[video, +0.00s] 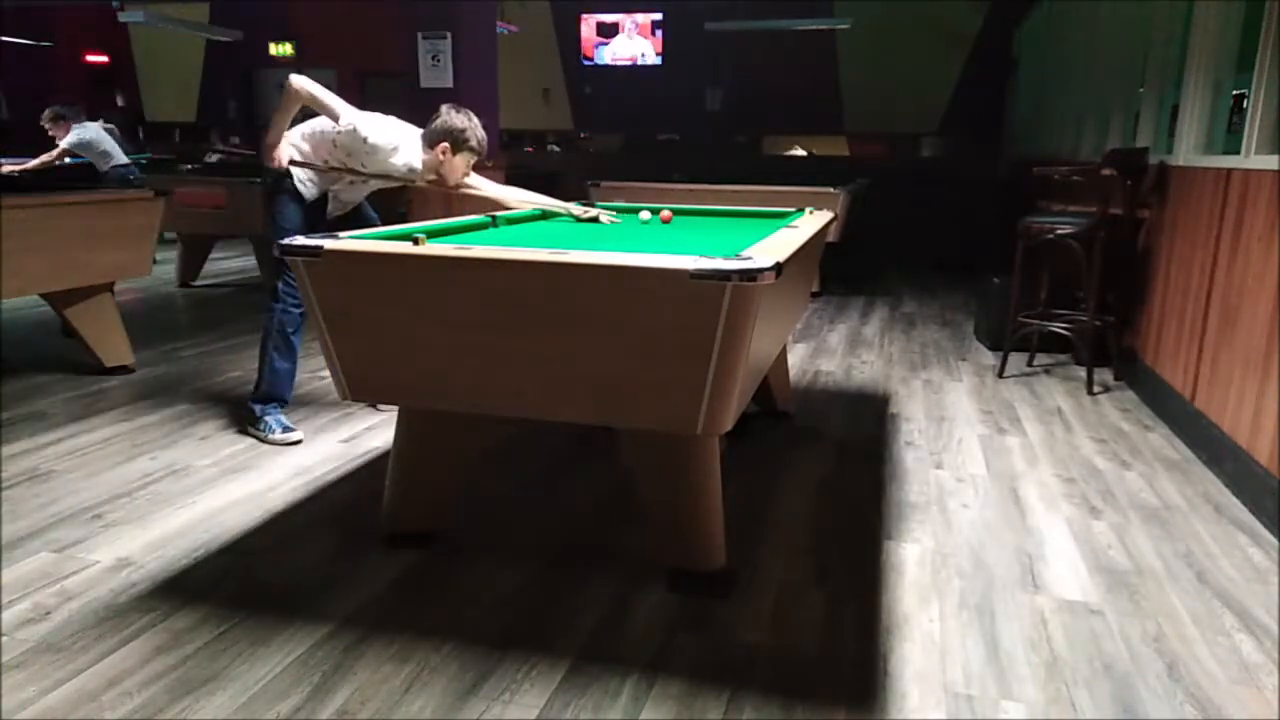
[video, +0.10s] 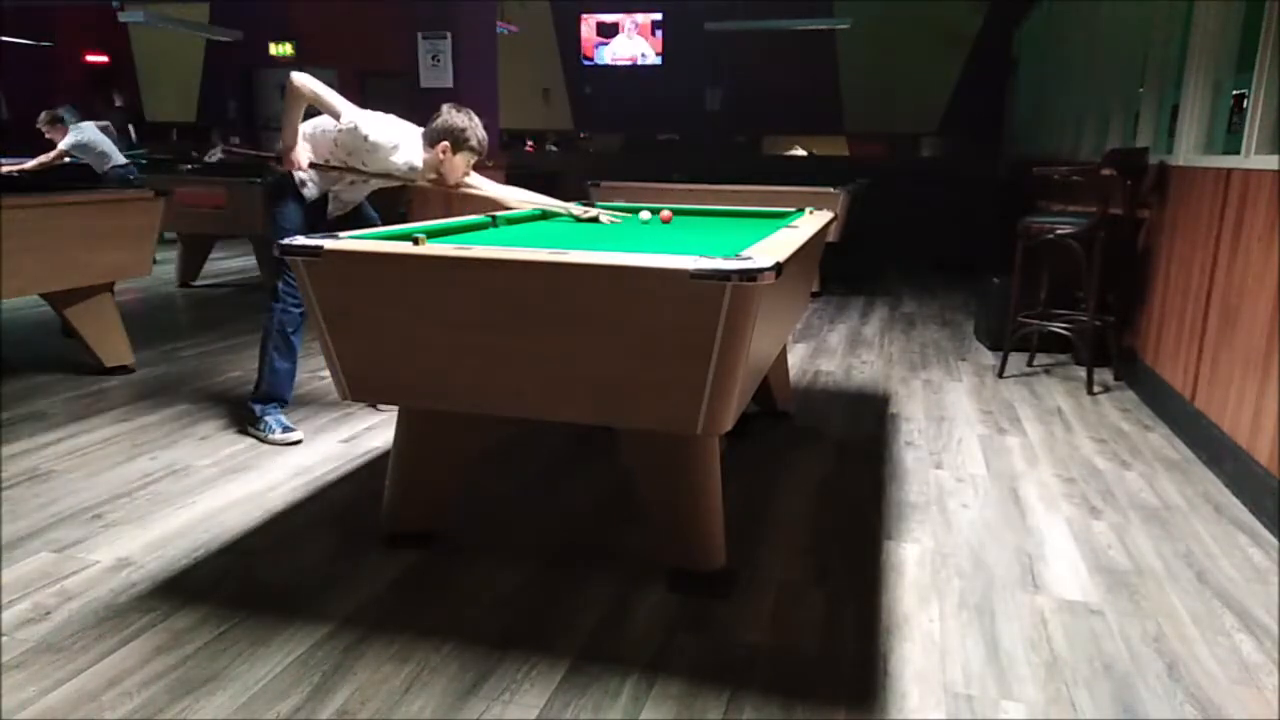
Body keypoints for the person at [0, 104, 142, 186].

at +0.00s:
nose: (50, 134)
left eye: (51, 129)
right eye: (48, 130)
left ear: (64, 124)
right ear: (67, 123)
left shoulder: (76, 137)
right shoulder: (91, 125)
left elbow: (52, 157)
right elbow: (113, 129)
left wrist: (19, 168)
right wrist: (118, 149)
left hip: (117, 174)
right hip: (131, 171)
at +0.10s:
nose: (47, 137)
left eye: (48, 132)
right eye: (45, 133)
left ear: (59, 126)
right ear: (63, 125)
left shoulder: (72, 140)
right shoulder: (85, 125)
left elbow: (49, 159)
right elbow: (107, 125)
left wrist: (17, 168)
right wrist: (113, 145)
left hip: (115, 174)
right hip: (128, 169)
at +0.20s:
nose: (46, 139)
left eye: (46, 134)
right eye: (44, 136)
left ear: (58, 129)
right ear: (62, 126)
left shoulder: (72, 141)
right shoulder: (81, 125)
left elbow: (50, 160)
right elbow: (106, 125)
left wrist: (19, 168)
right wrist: (111, 145)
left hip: (117, 172)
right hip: (128, 166)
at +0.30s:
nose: (47, 141)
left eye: (47, 136)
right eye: (44, 137)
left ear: (57, 130)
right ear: (62, 127)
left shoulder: (73, 142)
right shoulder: (81, 125)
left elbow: (50, 160)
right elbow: (103, 124)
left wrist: (17, 168)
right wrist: (112, 147)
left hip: (119, 173)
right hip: (130, 167)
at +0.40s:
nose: (46, 139)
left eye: (47, 134)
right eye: (44, 135)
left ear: (58, 129)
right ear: (62, 126)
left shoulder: (72, 142)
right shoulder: (81, 124)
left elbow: (50, 160)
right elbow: (103, 123)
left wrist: (18, 168)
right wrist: (111, 145)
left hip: (118, 172)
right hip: (129, 166)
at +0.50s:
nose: (46, 140)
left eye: (47, 135)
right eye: (44, 136)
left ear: (57, 130)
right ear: (62, 127)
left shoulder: (73, 141)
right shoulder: (81, 125)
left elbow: (50, 160)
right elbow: (103, 123)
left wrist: (17, 168)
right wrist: (112, 146)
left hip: (119, 173)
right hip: (130, 167)